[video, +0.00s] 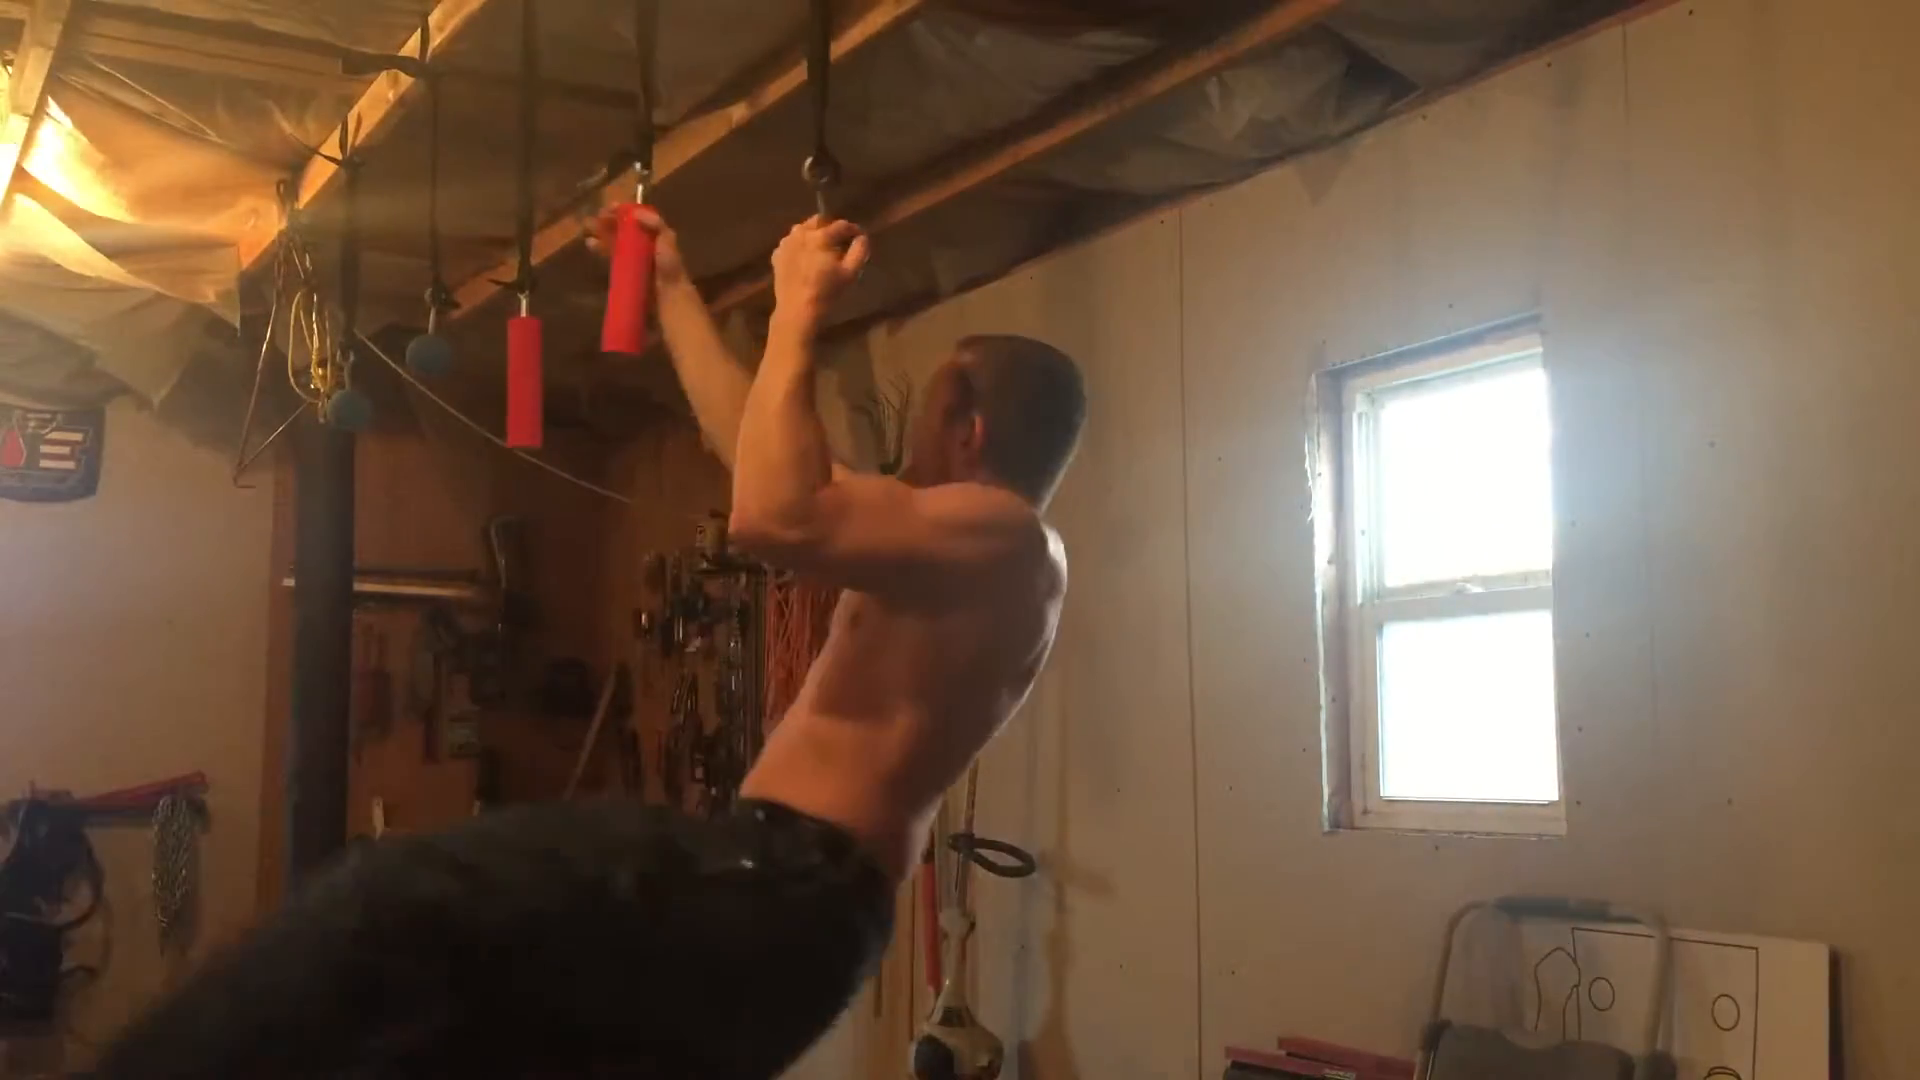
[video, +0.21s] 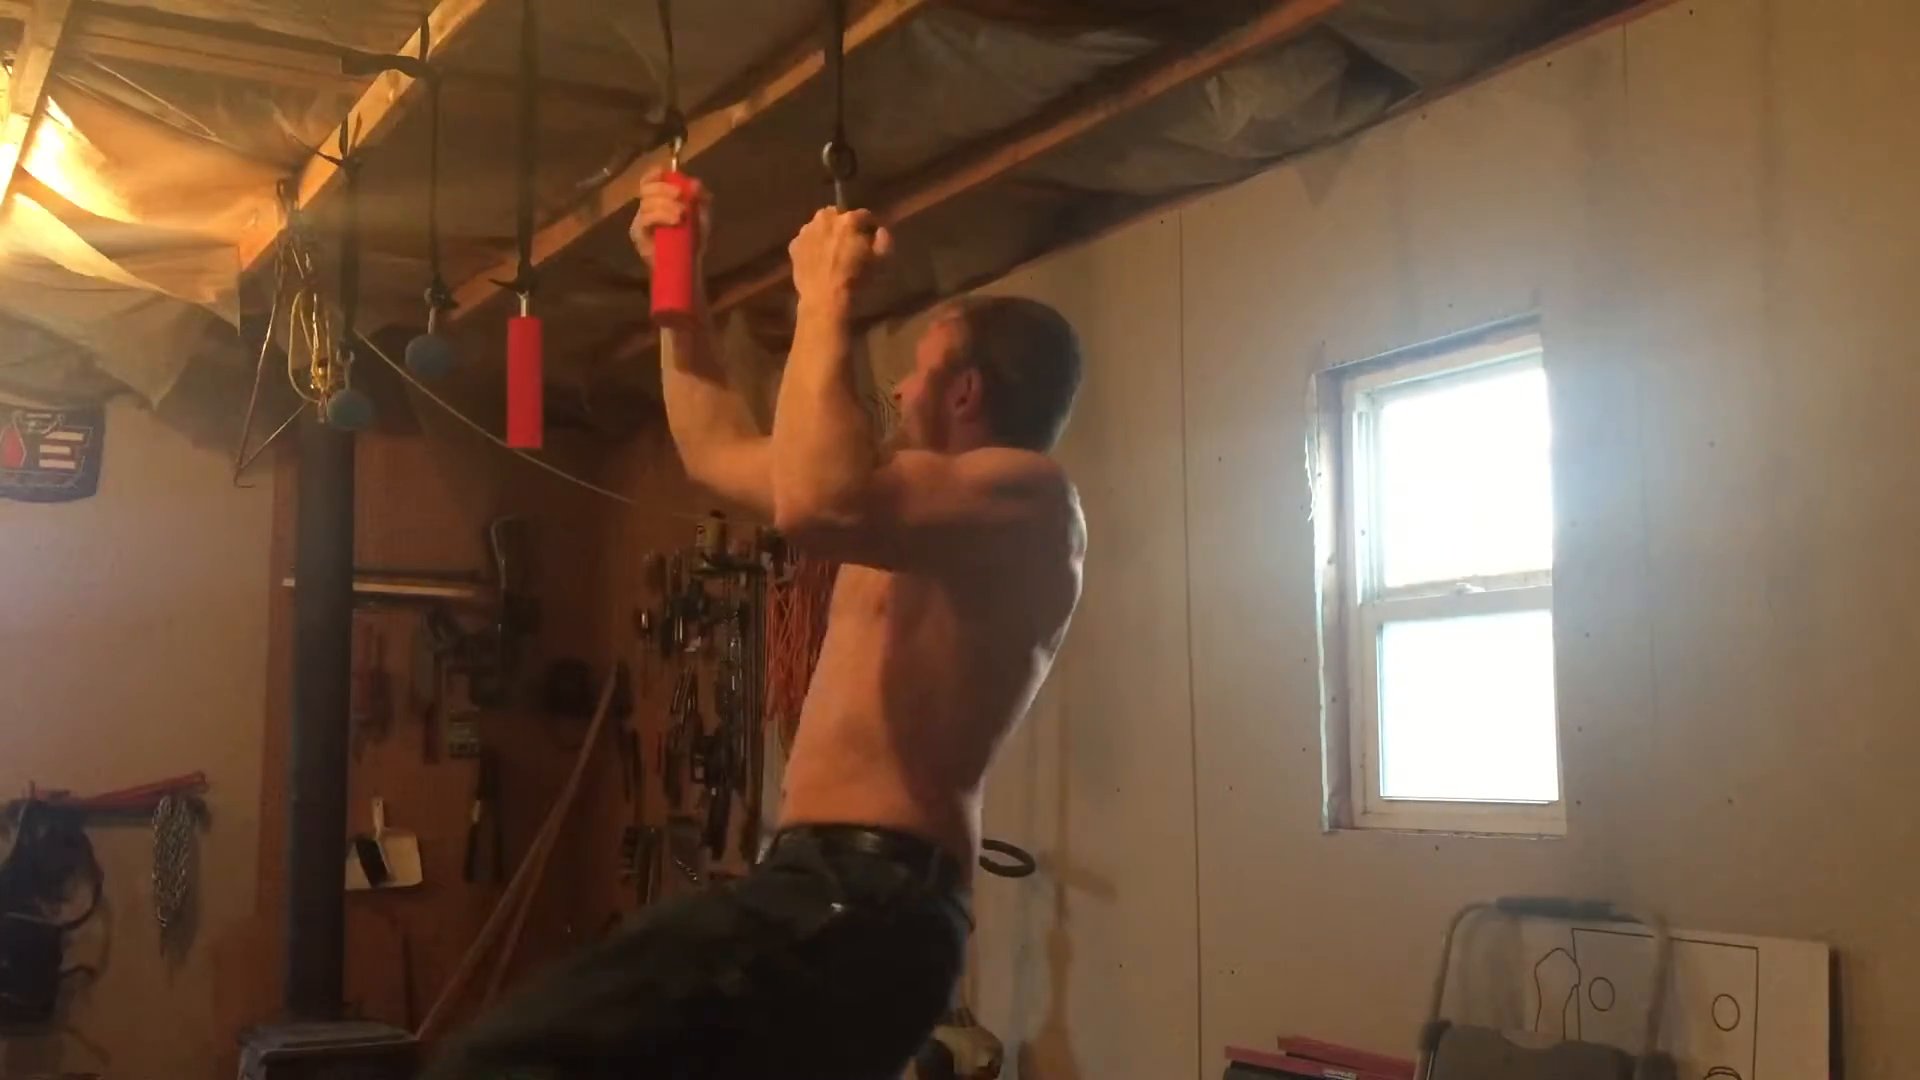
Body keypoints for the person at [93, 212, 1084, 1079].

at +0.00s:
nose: (917, 424)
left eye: (933, 404)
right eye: (924, 404)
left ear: (971, 413)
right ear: (1019, 436)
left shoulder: (1004, 534)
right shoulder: (966, 538)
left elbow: (778, 511)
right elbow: (761, 465)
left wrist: (798, 310)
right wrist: (670, 287)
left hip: (786, 885)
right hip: (781, 880)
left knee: (397, 908)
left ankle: (149, 1067)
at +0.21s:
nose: (899, 390)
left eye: (918, 370)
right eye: (907, 370)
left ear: (970, 392)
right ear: (977, 398)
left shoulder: (1028, 491)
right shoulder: (918, 497)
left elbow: (821, 499)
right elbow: (719, 449)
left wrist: (823, 300)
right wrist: (675, 266)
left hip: (866, 899)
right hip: (819, 886)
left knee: (499, 1058)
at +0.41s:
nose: (880, 344)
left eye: (901, 318)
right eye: (886, 320)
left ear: (954, 333)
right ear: (955, 336)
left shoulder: (1040, 441)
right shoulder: (875, 450)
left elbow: (854, 471)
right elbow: (690, 433)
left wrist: (839, 276)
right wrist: (679, 253)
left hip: (899, 866)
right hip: (825, 858)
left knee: (689, 1060)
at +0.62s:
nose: (854, 313)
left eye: (884, 289)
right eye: (867, 286)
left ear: (959, 303)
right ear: (886, 302)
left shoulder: (1050, 407)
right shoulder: (830, 431)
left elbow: (963, 422)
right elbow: (658, 422)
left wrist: (911, 233)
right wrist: (660, 232)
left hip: (901, 824)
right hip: (778, 832)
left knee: (757, 1061)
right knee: (674, 1058)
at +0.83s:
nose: (830, 327)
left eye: (849, 301)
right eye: (837, 305)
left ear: (916, 311)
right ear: (911, 317)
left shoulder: (990, 438)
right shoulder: (800, 440)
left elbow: (1019, 429)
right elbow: (635, 427)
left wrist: (959, 235)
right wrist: (637, 234)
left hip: (868, 811)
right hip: (737, 827)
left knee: (773, 1059)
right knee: (651, 1059)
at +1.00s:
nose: (801, 351)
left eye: (819, 325)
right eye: (810, 327)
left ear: (877, 338)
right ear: (864, 342)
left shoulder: (957, 466)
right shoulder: (772, 458)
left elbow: (1017, 439)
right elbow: (615, 437)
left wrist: (953, 250)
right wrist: (621, 243)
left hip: (830, 840)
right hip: (707, 848)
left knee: (696, 1060)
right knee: (619, 1059)